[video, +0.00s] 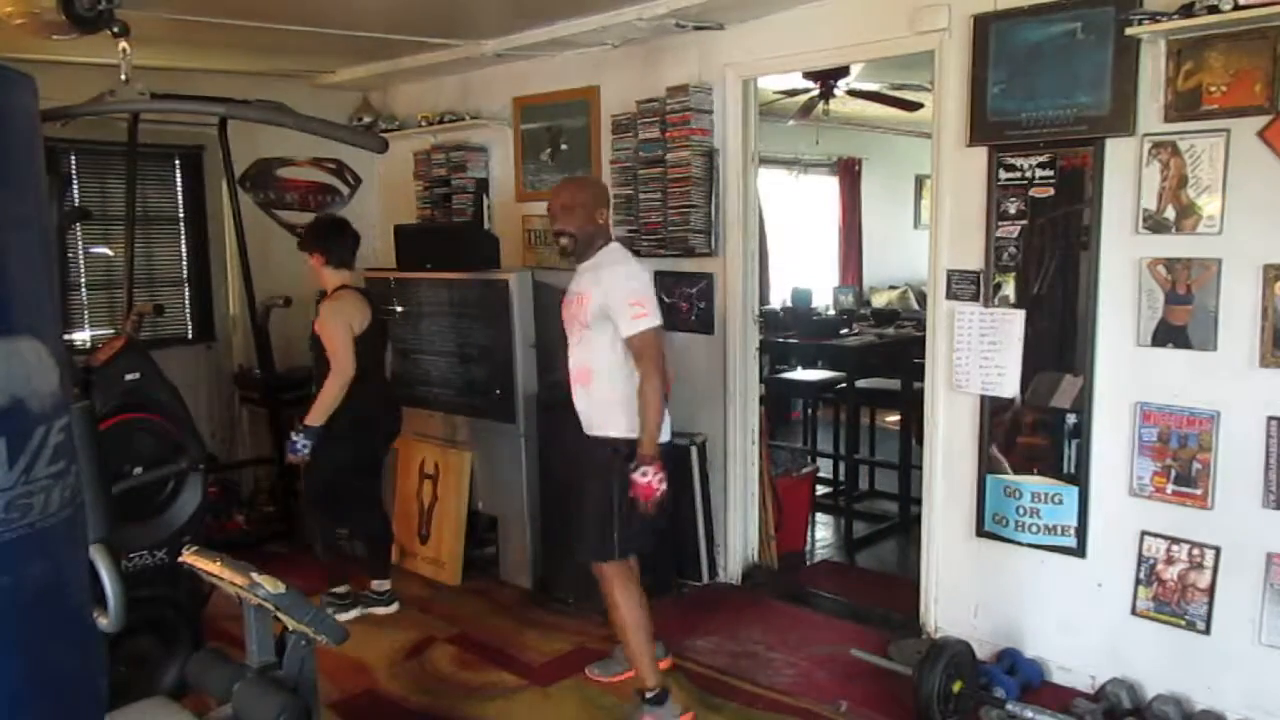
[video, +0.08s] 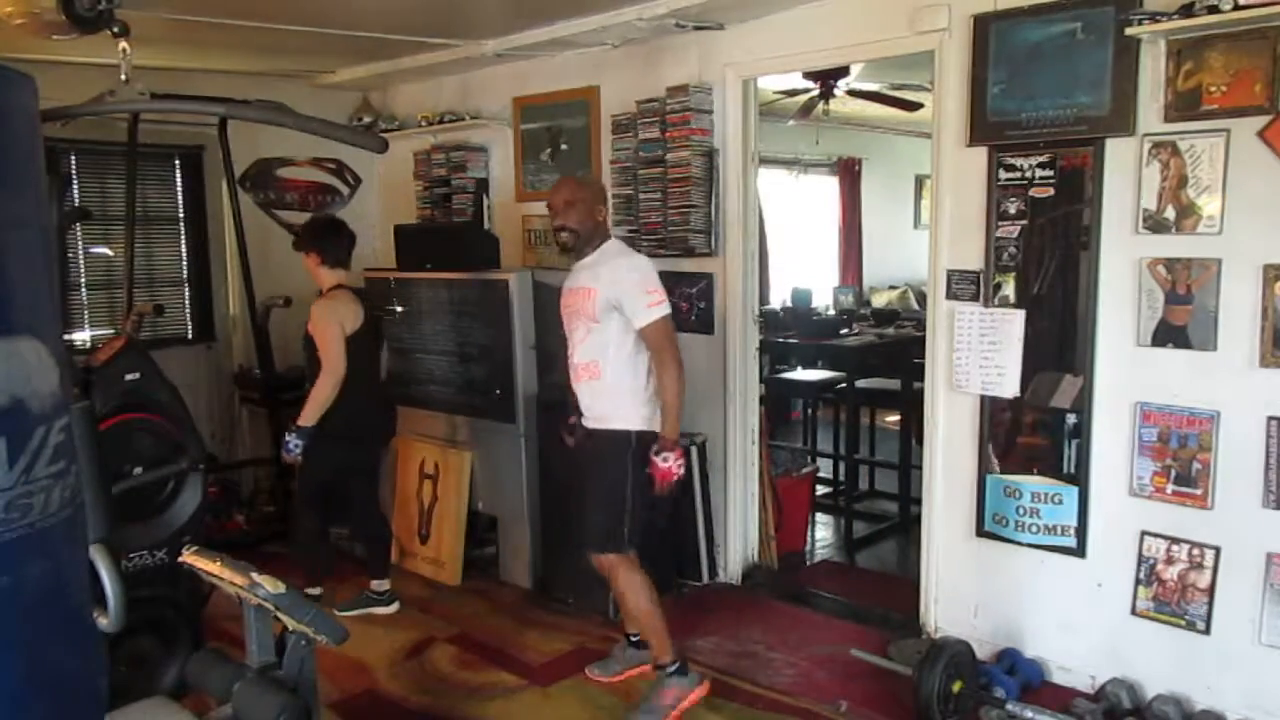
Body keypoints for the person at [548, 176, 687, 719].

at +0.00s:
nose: (555, 223)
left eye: (563, 212)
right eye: (553, 213)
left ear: (599, 215)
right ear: (573, 218)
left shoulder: (621, 272)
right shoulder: (589, 271)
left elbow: (653, 365)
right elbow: (613, 356)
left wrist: (648, 450)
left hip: (623, 443)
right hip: (599, 438)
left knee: (611, 563)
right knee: (611, 556)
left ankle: (657, 697)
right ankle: (639, 646)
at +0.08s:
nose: (557, 220)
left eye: (566, 209)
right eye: (553, 212)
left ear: (598, 211)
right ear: (560, 219)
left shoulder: (629, 267)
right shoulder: (580, 272)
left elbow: (668, 355)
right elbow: (599, 348)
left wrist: (669, 441)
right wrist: (582, 411)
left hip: (629, 432)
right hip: (596, 430)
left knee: (612, 551)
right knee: (606, 547)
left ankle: (675, 670)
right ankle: (639, 642)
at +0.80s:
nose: (635, 230)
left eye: (648, 219)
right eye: (625, 218)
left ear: (668, 226)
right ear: (612, 224)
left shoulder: (695, 293)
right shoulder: (597, 292)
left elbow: (734, 378)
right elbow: (574, 370)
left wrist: (690, 430)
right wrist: (552, 430)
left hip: (678, 459)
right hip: (621, 457)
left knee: (688, 584)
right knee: (631, 557)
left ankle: (708, 701)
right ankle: (647, 648)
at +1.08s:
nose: (658, 217)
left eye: (670, 203)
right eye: (647, 208)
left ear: (699, 207)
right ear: (638, 218)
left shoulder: (743, 284)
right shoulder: (628, 285)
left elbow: (765, 379)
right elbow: (621, 357)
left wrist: (709, 353)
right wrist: (624, 404)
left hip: (710, 463)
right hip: (637, 457)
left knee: (714, 593)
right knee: (614, 575)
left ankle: (712, 706)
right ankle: (644, 644)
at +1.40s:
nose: (675, 223)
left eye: (686, 209)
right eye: (661, 215)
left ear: (711, 210)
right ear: (648, 225)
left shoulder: (752, 285)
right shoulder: (629, 290)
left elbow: (767, 380)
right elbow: (612, 382)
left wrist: (720, 301)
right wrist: (598, 475)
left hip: (723, 481)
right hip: (644, 478)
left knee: (720, 612)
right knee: (640, 617)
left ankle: (713, 708)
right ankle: (641, 714)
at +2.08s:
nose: (634, 220)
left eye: (646, 202)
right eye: (617, 210)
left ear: (675, 206)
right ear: (604, 223)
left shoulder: (727, 298)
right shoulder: (574, 308)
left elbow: (747, 408)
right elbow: (566, 433)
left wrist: (692, 303)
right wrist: (607, 536)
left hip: (710, 532)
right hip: (615, 537)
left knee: (738, 699)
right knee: (619, 697)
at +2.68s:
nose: (657, 218)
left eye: (676, 196)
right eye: (654, 202)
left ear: (739, 202)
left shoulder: (809, 315)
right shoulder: (655, 309)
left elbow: (769, 456)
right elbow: (638, 432)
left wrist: (716, 321)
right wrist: (583, 544)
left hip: (745, 598)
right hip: (641, 583)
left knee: (745, 709)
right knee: (608, 709)